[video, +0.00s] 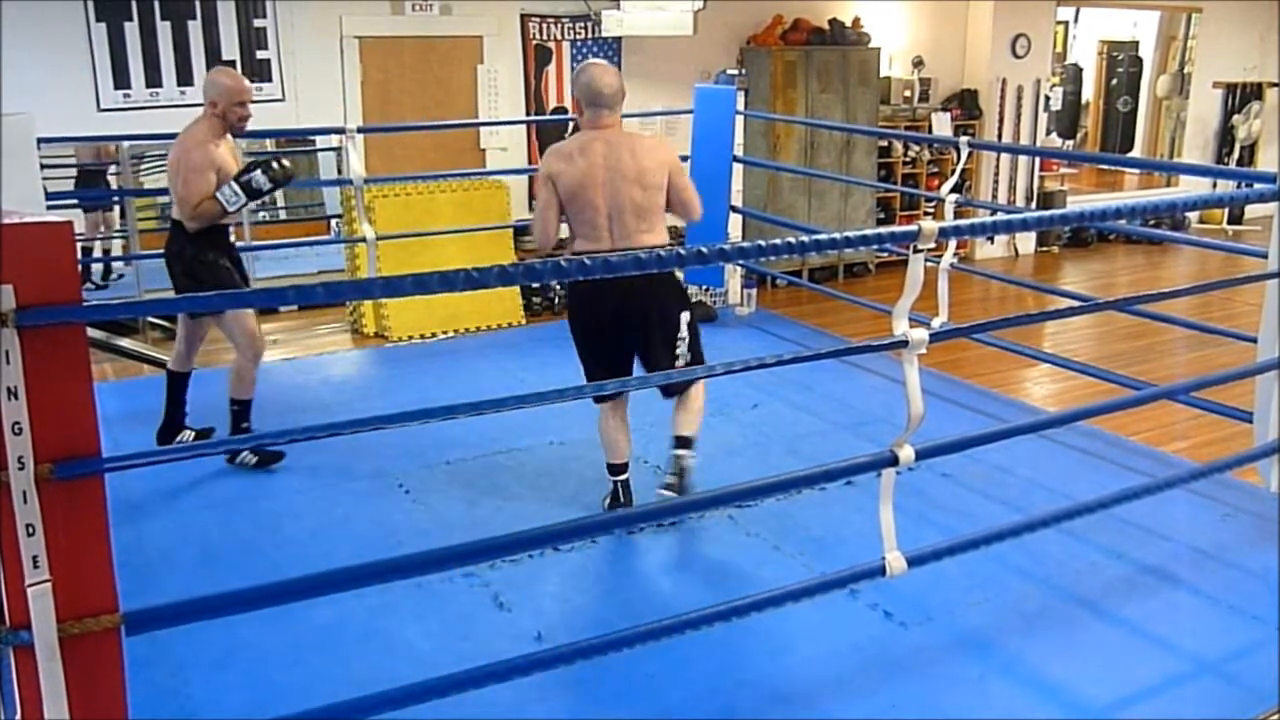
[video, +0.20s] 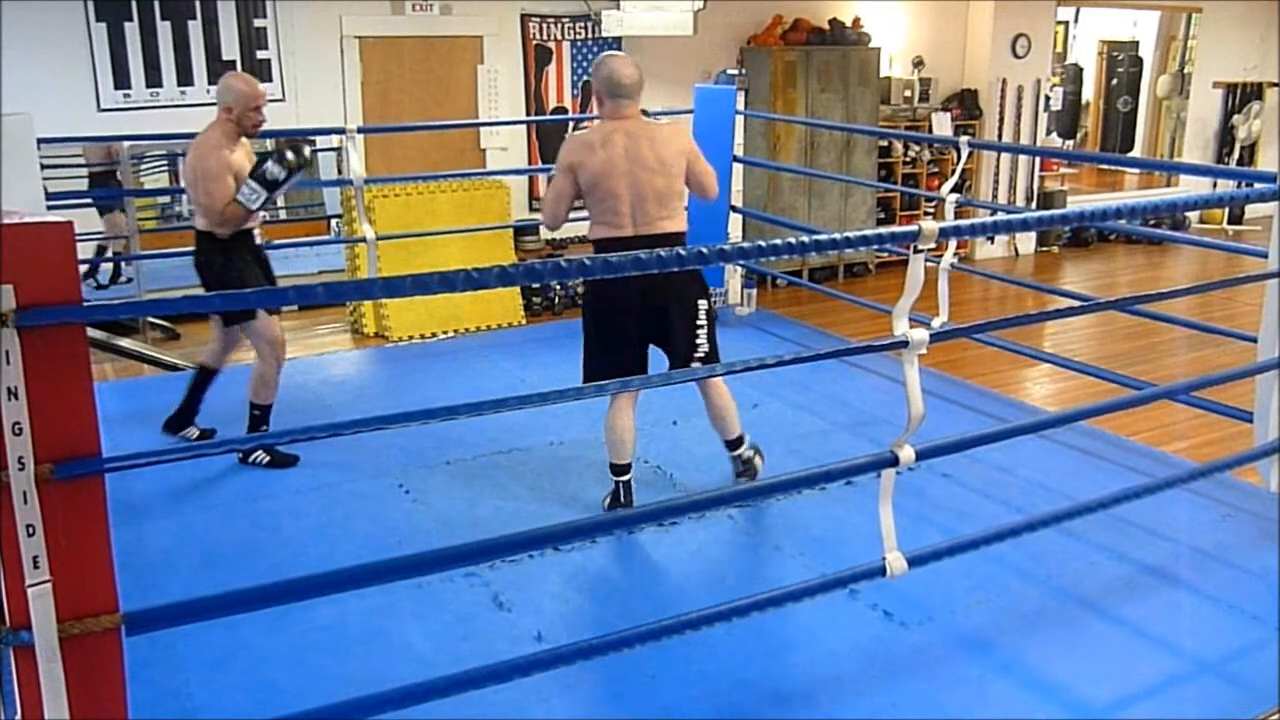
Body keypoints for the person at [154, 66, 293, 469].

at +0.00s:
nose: (248, 112)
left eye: (249, 103)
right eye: (240, 105)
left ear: (223, 105)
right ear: (215, 106)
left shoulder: (219, 136)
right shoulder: (197, 148)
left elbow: (226, 190)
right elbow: (195, 215)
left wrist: (259, 176)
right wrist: (246, 189)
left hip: (207, 244)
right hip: (199, 250)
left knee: (188, 341)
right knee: (250, 346)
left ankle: (172, 427)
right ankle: (240, 441)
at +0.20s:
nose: (263, 115)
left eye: (263, 107)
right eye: (255, 109)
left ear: (234, 110)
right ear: (230, 111)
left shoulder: (235, 140)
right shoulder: (212, 153)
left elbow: (245, 198)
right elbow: (221, 220)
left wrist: (277, 174)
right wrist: (261, 187)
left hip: (240, 246)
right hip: (222, 253)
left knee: (227, 339)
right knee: (272, 344)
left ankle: (182, 419)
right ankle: (256, 443)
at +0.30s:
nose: (275, 113)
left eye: (275, 105)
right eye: (268, 108)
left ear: (250, 108)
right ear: (244, 109)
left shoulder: (255, 137)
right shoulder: (220, 152)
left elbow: (278, 196)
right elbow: (246, 216)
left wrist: (294, 158)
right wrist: (269, 172)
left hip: (255, 241)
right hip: (232, 247)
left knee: (265, 333)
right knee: (271, 343)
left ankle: (216, 404)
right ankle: (256, 441)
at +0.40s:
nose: (291, 108)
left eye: (291, 100)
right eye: (284, 102)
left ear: (264, 102)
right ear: (260, 103)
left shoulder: (265, 132)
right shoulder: (231, 145)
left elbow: (289, 193)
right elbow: (267, 207)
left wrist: (305, 149)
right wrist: (283, 158)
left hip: (269, 233)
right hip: (243, 240)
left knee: (298, 317)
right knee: (263, 339)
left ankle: (267, 405)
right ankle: (254, 438)